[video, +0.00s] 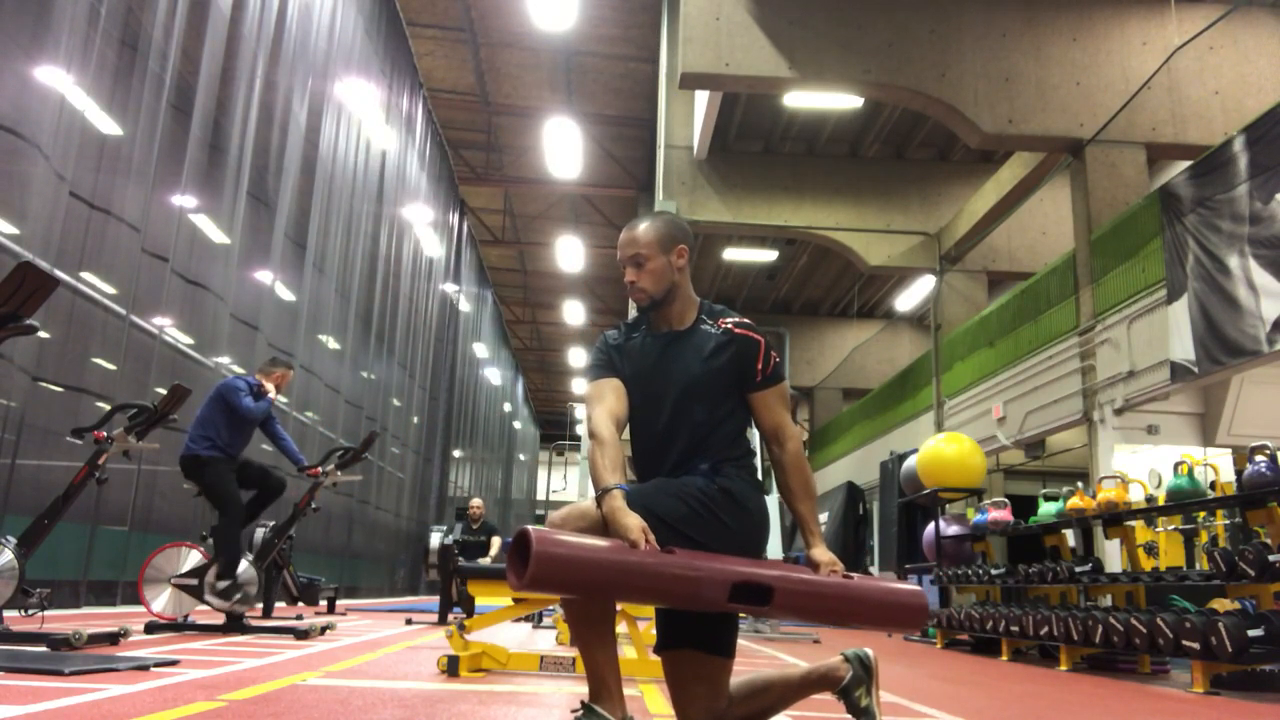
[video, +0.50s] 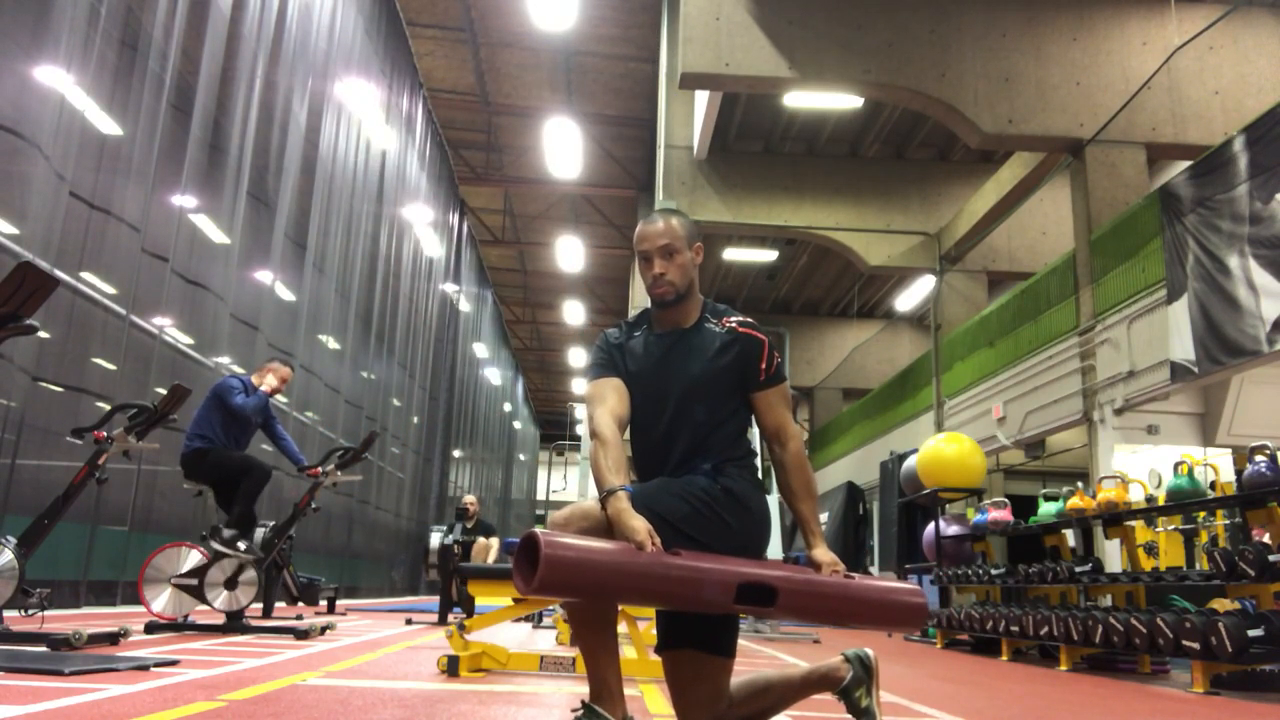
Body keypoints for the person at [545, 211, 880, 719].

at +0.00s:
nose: (627, 277)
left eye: (638, 263)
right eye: (623, 265)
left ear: (679, 259)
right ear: (623, 267)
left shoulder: (737, 339)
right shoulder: (616, 346)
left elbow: (783, 439)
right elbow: (603, 429)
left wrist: (815, 541)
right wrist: (614, 504)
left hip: (728, 509)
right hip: (670, 519)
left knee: (570, 525)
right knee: (702, 708)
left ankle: (608, 706)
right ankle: (841, 672)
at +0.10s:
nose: (634, 275)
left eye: (646, 260)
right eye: (628, 264)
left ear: (684, 258)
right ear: (624, 267)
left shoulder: (737, 339)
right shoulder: (616, 346)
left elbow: (784, 439)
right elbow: (603, 429)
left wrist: (815, 541)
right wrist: (615, 504)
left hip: (728, 509)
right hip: (668, 519)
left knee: (570, 525)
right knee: (702, 709)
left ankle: (607, 706)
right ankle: (841, 672)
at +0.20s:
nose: (644, 272)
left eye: (656, 257)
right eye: (635, 262)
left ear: (689, 255)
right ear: (628, 267)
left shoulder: (738, 338)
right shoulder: (617, 346)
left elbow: (784, 439)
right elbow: (604, 428)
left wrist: (815, 541)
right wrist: (615, 503)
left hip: (728, 509)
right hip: (669, 518)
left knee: (570, 525)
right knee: (702, 708)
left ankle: (608, 706)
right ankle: (842, 672)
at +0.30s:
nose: (651, 271)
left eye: (664, 256)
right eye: (641, 261)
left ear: (693, 255)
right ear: (632, 266)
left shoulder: (738, 338)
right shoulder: (617, 345)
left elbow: (784, 439)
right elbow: (604, 428)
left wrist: (816, 541)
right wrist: (617, 505)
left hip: (728, 509)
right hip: (668, 518)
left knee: (571, 525)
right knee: (702, 708)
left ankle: (608, 707)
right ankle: (842, 673)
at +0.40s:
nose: (654, 270)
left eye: (667, 256)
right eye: (643, 260)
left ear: (696, 256)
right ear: (635, 266)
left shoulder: (740, 337)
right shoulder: (617, 345)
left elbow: (785, 440)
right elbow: (604, 427)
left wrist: (816, 541)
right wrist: (617, 506)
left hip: (728, 509)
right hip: (668, 518)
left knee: (572, 525)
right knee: (703, 709)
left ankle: (608, 707)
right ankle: (843, 673)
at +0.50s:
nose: (655, 270)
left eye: (668, 255)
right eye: (644, 260)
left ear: (697, 256)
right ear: (636, 266)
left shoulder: (740, 338)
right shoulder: (617, 345)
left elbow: (785, 439)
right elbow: (605, 427)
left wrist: (816, 542)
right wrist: (618, 505)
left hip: (728, 509)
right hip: (668, 518)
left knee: (572, 525)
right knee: (703, 708)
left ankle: (608, 707)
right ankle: (843, 673)